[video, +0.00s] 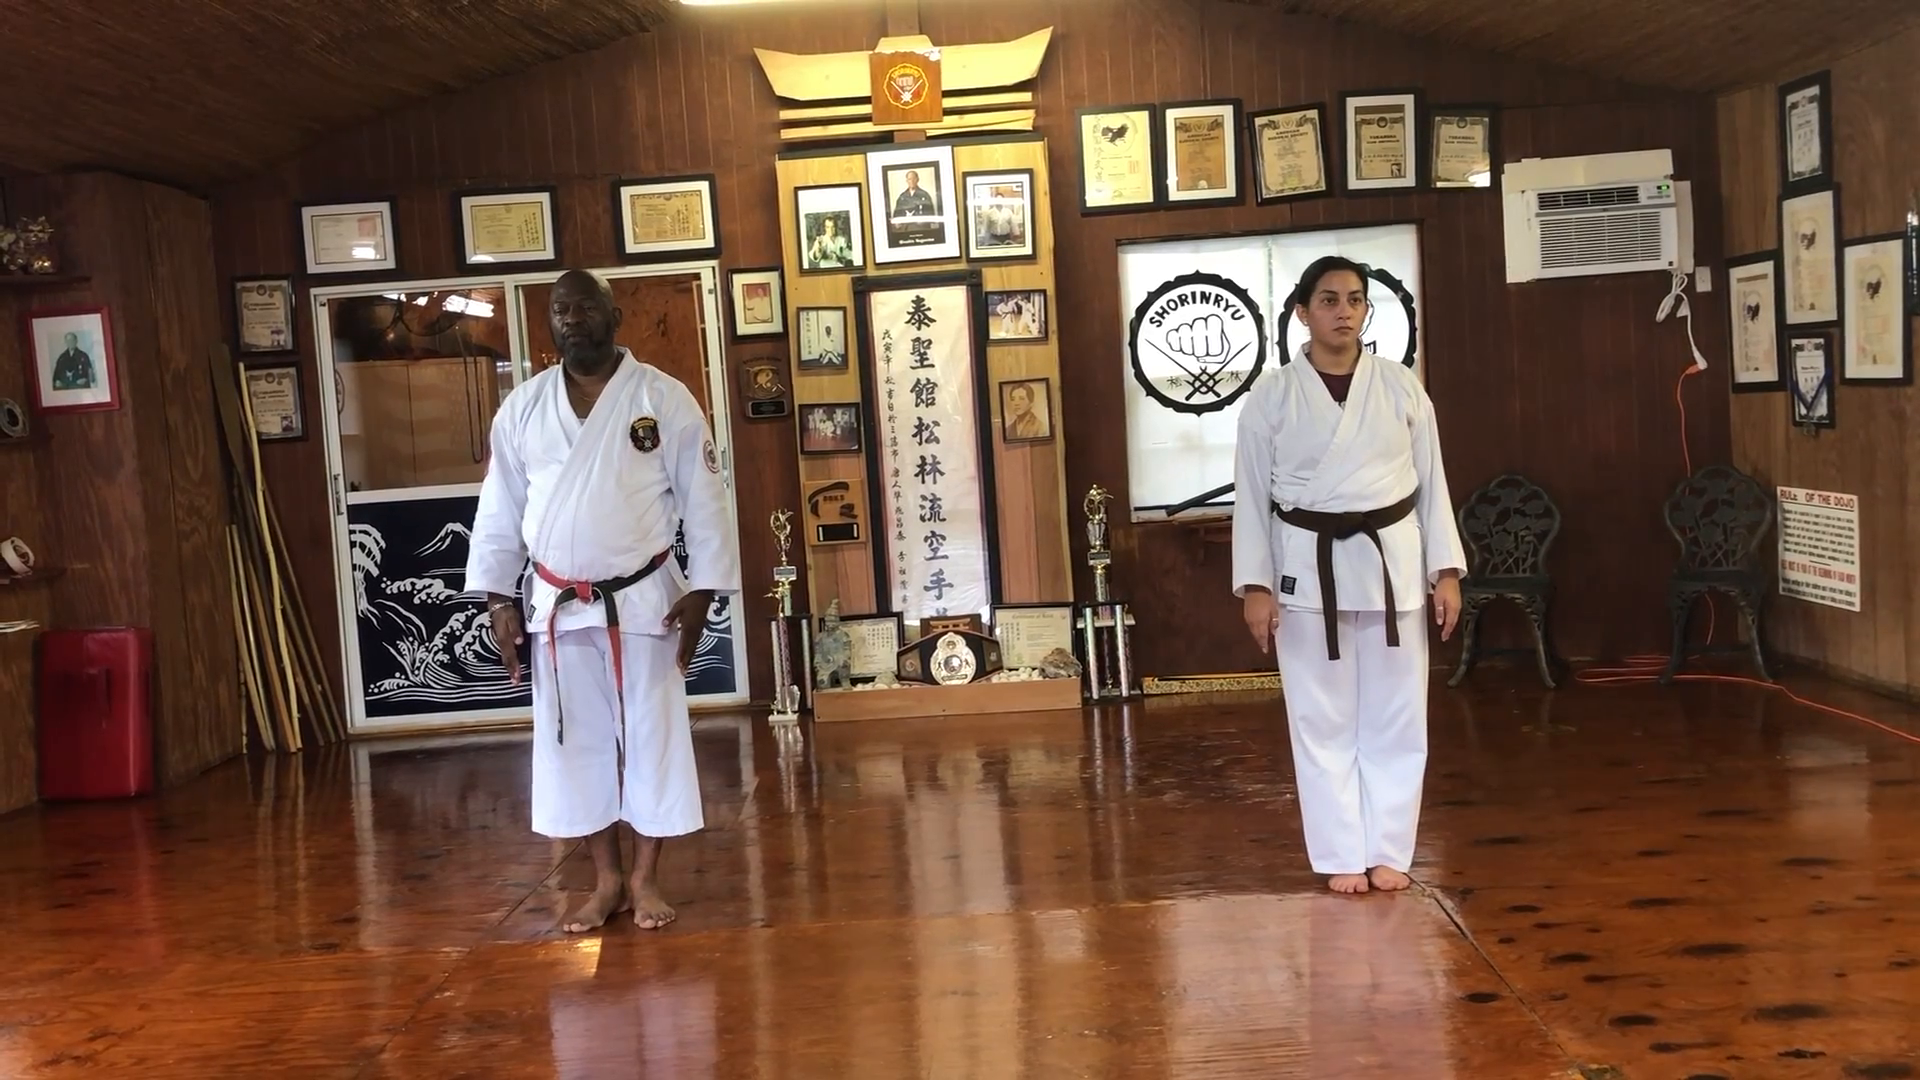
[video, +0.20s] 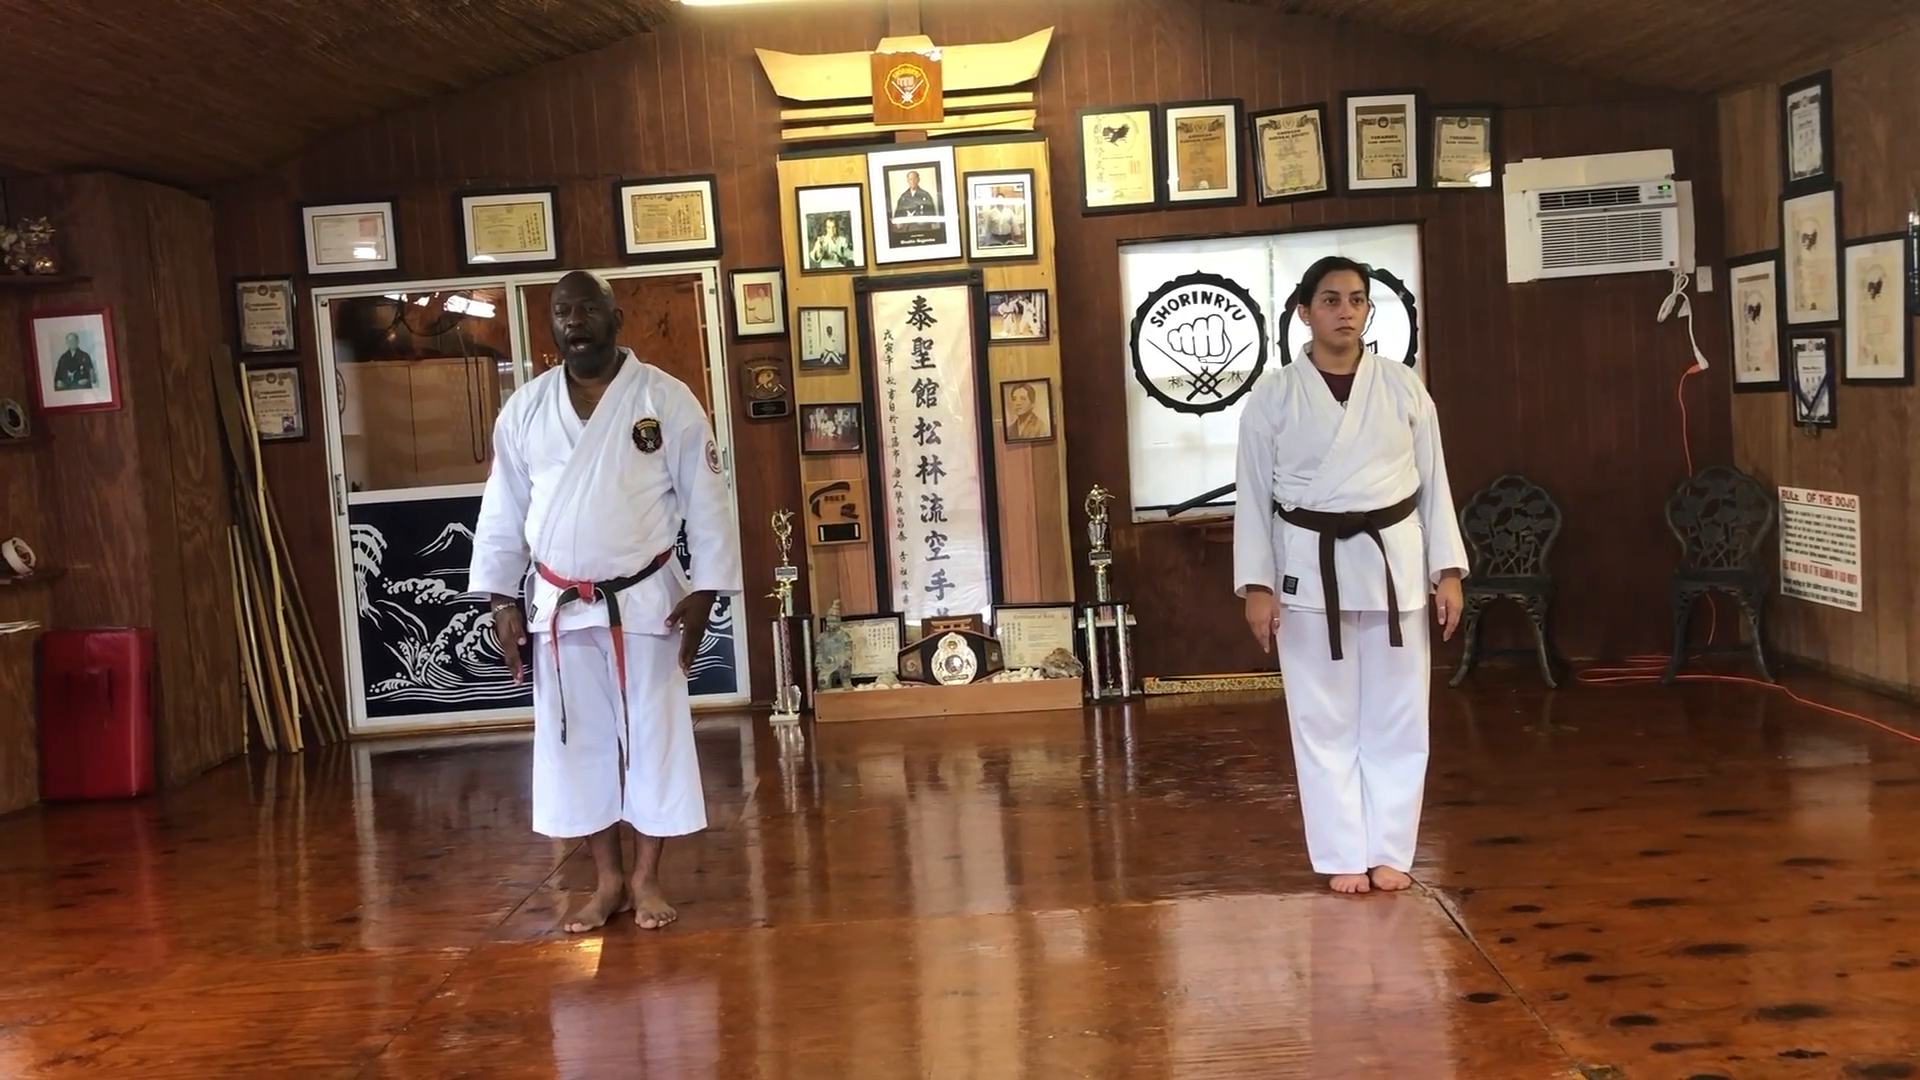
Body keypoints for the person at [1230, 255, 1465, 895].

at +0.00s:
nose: (1344, 311)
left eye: (1355, 299)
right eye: (1329, 299)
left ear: (1367, 311)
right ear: (1302, 311)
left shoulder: (1400, 385)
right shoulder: (1269, 396)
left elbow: (1430, 485)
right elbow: (1251, 497)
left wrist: (1445, 571)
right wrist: (1255, 584)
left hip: (1394, 569)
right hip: (1307, 574)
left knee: (1394, 718)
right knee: (1323, 720)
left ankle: (1388, 855)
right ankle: (1341, 860)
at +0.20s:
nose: (1346, 311)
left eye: (1357, 299)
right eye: (1331, 299)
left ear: (1369, 311)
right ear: (1304, 311)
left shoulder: (1403, 385)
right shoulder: (1270, 396)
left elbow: (1432, 485)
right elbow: (1253, 497)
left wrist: (1447, 570)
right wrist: (1256, 583)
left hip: (1395, 567)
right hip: (1308, 573)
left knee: (1396, 717)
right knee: (1325, 719)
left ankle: (1390, 855)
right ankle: (1343, 860)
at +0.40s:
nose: (1349, 310)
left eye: (1359, 299)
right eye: (1333, 299)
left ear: (1371, 311)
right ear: (1306, 311)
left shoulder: (1404, 385)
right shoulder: (1273, 396)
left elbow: (1434, 485)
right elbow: (1255, 497)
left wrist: (1449, 571)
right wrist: (1259, 584)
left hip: (1398, 569)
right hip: (1310, 574)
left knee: (1398, 717)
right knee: (1327, 719)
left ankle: (1391, 856)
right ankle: (1344, 860)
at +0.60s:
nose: (1351, 310)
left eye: (1361, 299)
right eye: (1335, 298)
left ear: (1373, 311)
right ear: (1308, 311)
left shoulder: (1407, 385)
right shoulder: (1275, 395)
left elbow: (1436, 484)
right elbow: (1257, 496)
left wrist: (1452, 570)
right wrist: (1261, 583)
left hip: (1400, 569)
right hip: (1312, 573)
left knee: (1400, 717)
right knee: (1329, 719)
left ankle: (1393, 854)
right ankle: (1346, 858)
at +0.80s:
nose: (1352, 310)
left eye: (1363, 297)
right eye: (1337, 297)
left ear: (1376, 309)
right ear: (1311, 310)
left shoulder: (1409, 383)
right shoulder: (1277, 393)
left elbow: (1439, 483)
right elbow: (1259, 495)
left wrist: (1453, 568)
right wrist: (1263, 583)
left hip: (1402, 568)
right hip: (1314, 573)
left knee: (1402, 716)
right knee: (1331, 718)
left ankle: (1395, 854)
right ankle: (1348, 858)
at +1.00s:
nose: (1354, 307)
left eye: (1364, 296)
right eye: (1338, 296)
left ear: (1377, 308)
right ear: (1312, 309)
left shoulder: (1410, 382)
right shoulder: (1279, 393)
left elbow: (1440, 482)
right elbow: (1261, 494)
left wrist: (1455, 566)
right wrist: (1264, 582)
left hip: (1404, 567)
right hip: (1316, 572)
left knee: (1404, 715)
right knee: (1333, 718)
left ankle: (1397, 853)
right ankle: (1350, 857)